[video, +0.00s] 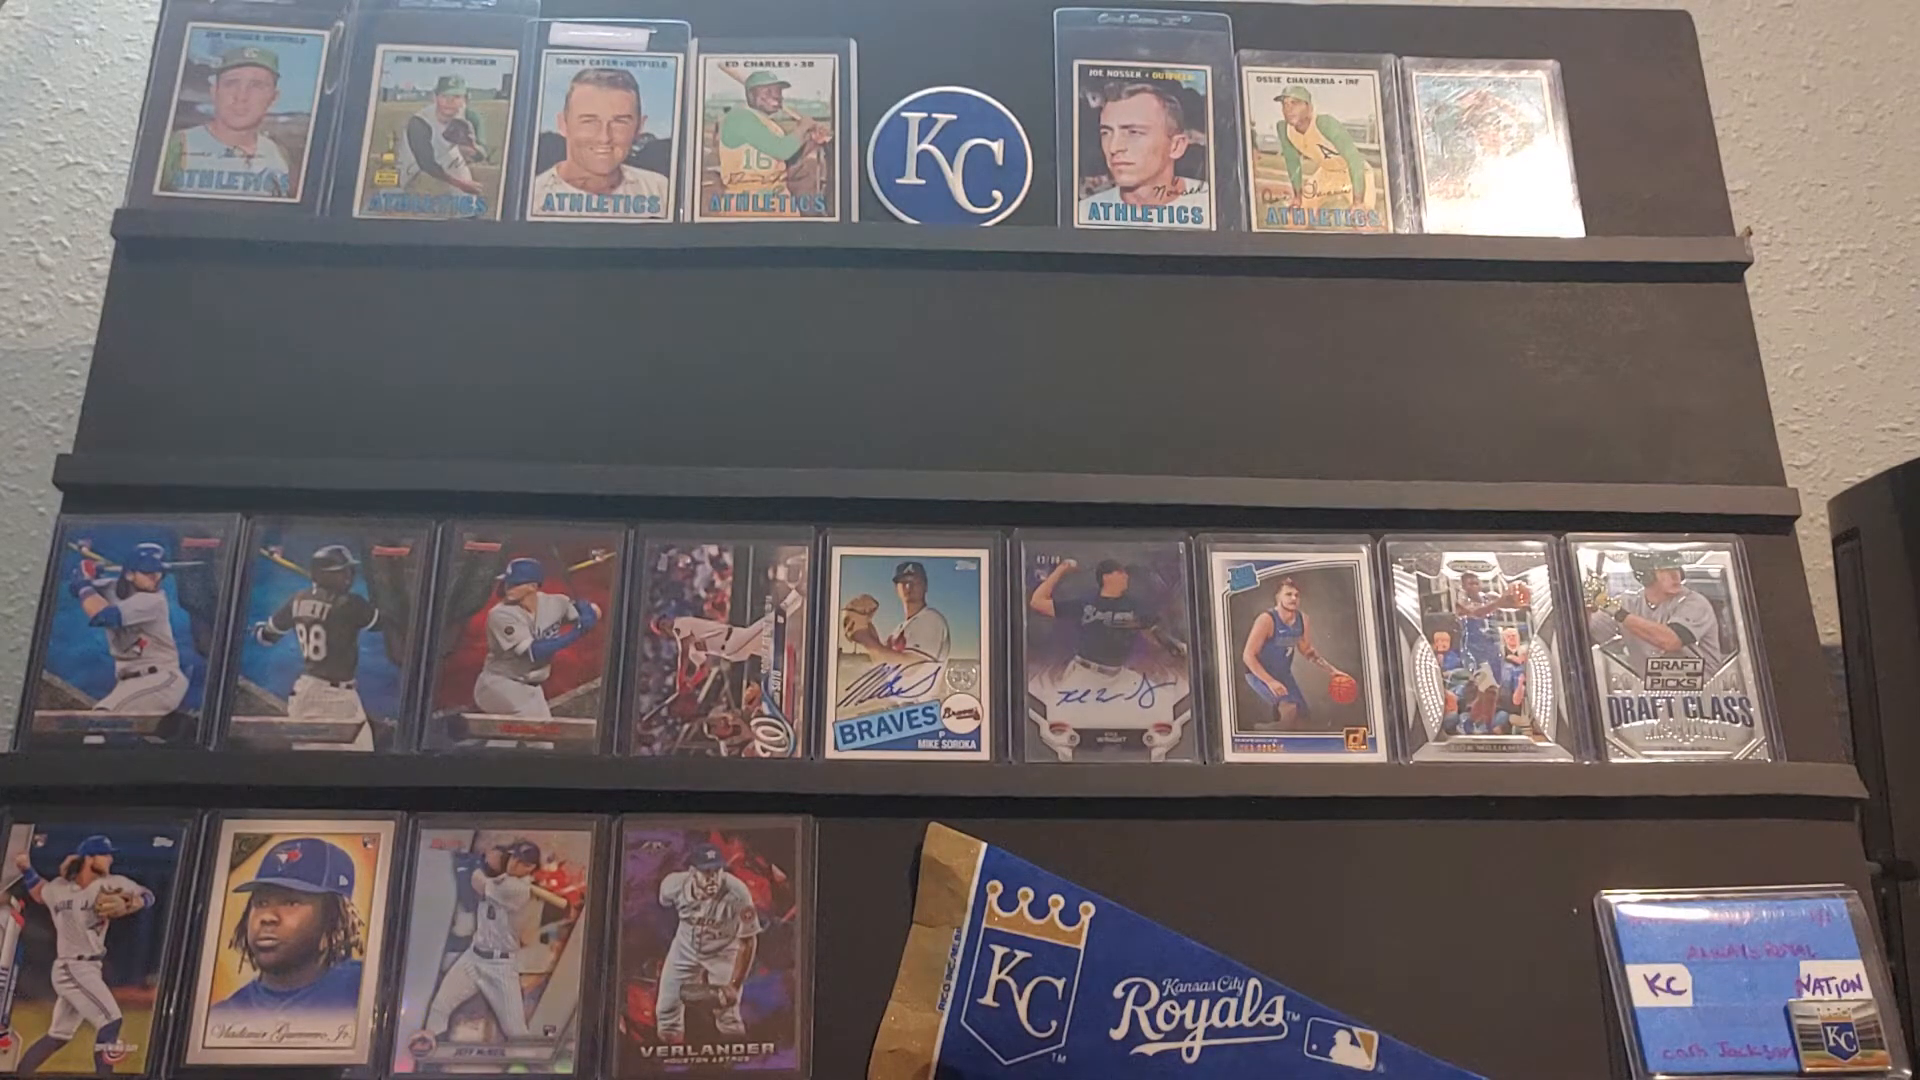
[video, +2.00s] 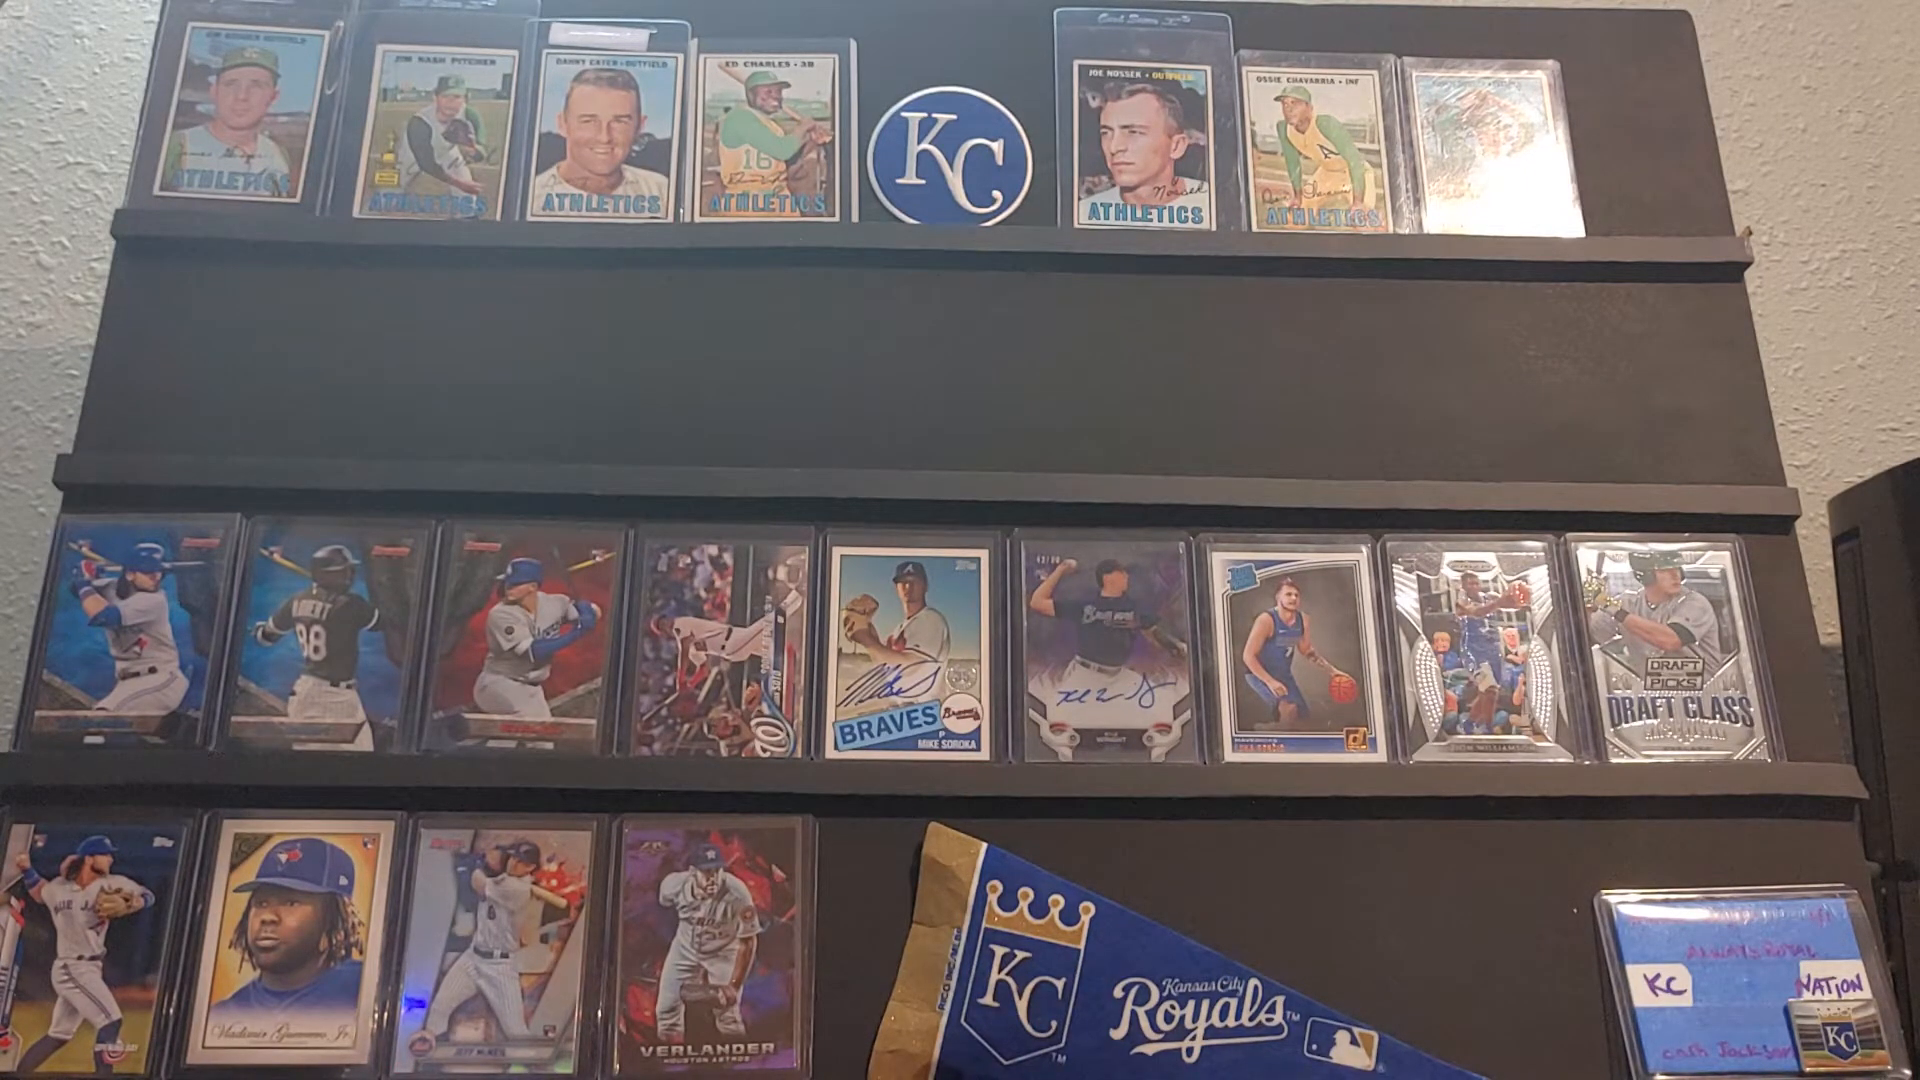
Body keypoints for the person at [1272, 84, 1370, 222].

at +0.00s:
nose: (1288, 109)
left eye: (1294, 103)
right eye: (1285, 104)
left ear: (1308, 107)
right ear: (1282, 108)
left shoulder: (1326, 123)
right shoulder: (1283, 128)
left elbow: (1355, 159)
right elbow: (1292, 162)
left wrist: (1358, 203)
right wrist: (1297, 196)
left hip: (1354, 172)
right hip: (1326, 172)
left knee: (1361, 218)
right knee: (1304, 210)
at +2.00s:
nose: (1288, 109)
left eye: (1294, 103)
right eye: (1284, 104)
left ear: (1309, 107)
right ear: (1281, 108)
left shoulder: (1327, 124)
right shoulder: (1283, 128)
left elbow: (1355, 161)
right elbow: (1293, 163)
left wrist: (1358, 202)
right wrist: (1297, 197)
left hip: (1355, 172)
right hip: (1327, 172)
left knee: (1360, 219)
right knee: (1303, 208)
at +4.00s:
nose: (1288, 109)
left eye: (1294, 103)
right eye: (1284, 104)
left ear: (1308, 107)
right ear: (1281, 107)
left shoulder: (1326, 123)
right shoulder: (1283, 128)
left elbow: (1354, 159)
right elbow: (1293, 164)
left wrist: (1358, 202)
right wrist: (1297, 197)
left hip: (1354, 172)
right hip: (1327, 172)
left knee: (1360, 219)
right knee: (1301, 208)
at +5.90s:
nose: (1288, 109)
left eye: (1293, 103)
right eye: (1284, 104)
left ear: (1308, 107)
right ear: (1282, 108)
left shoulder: (1327, 124)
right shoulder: (1283, 128)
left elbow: (1355, 161)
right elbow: (1293, 163)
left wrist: (1358, 203)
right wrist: (1297, 197)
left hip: (1355, 173)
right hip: (1327, 172)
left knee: (1361, 219)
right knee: (1301, 211)